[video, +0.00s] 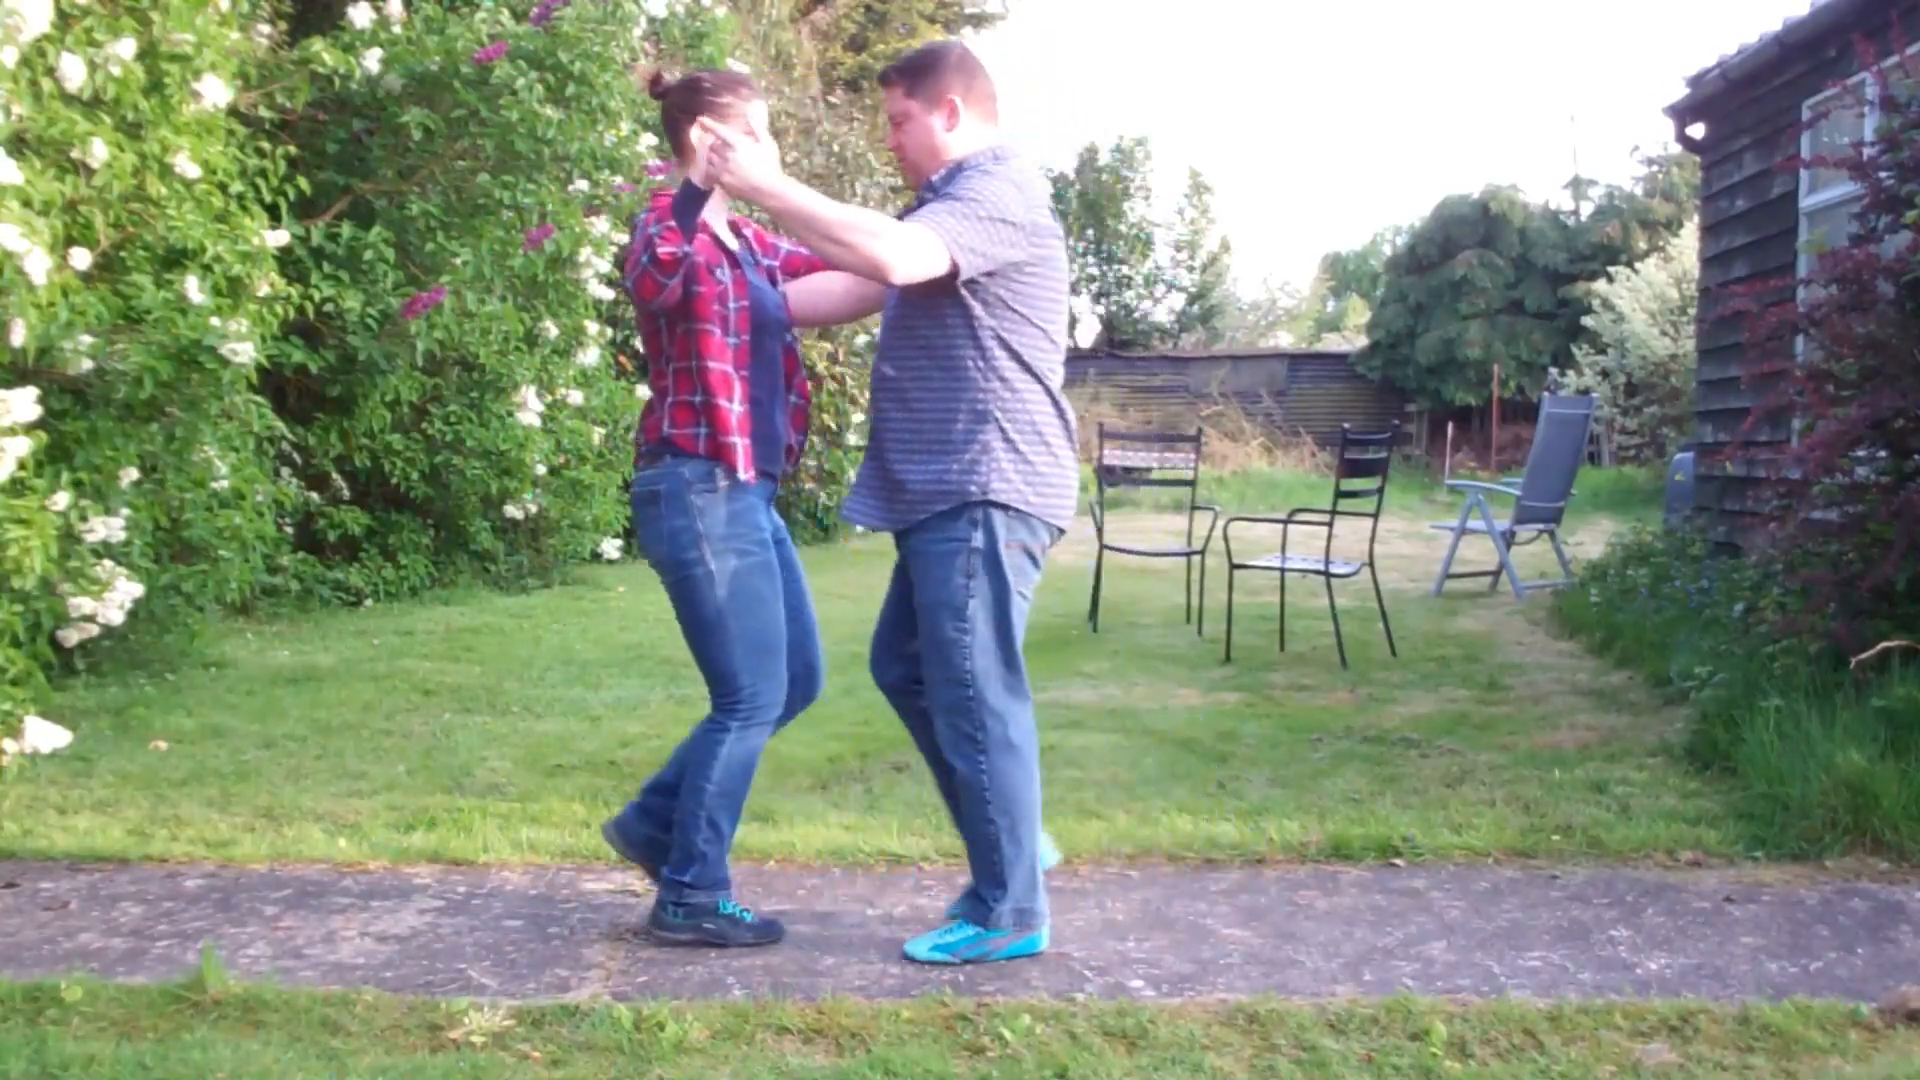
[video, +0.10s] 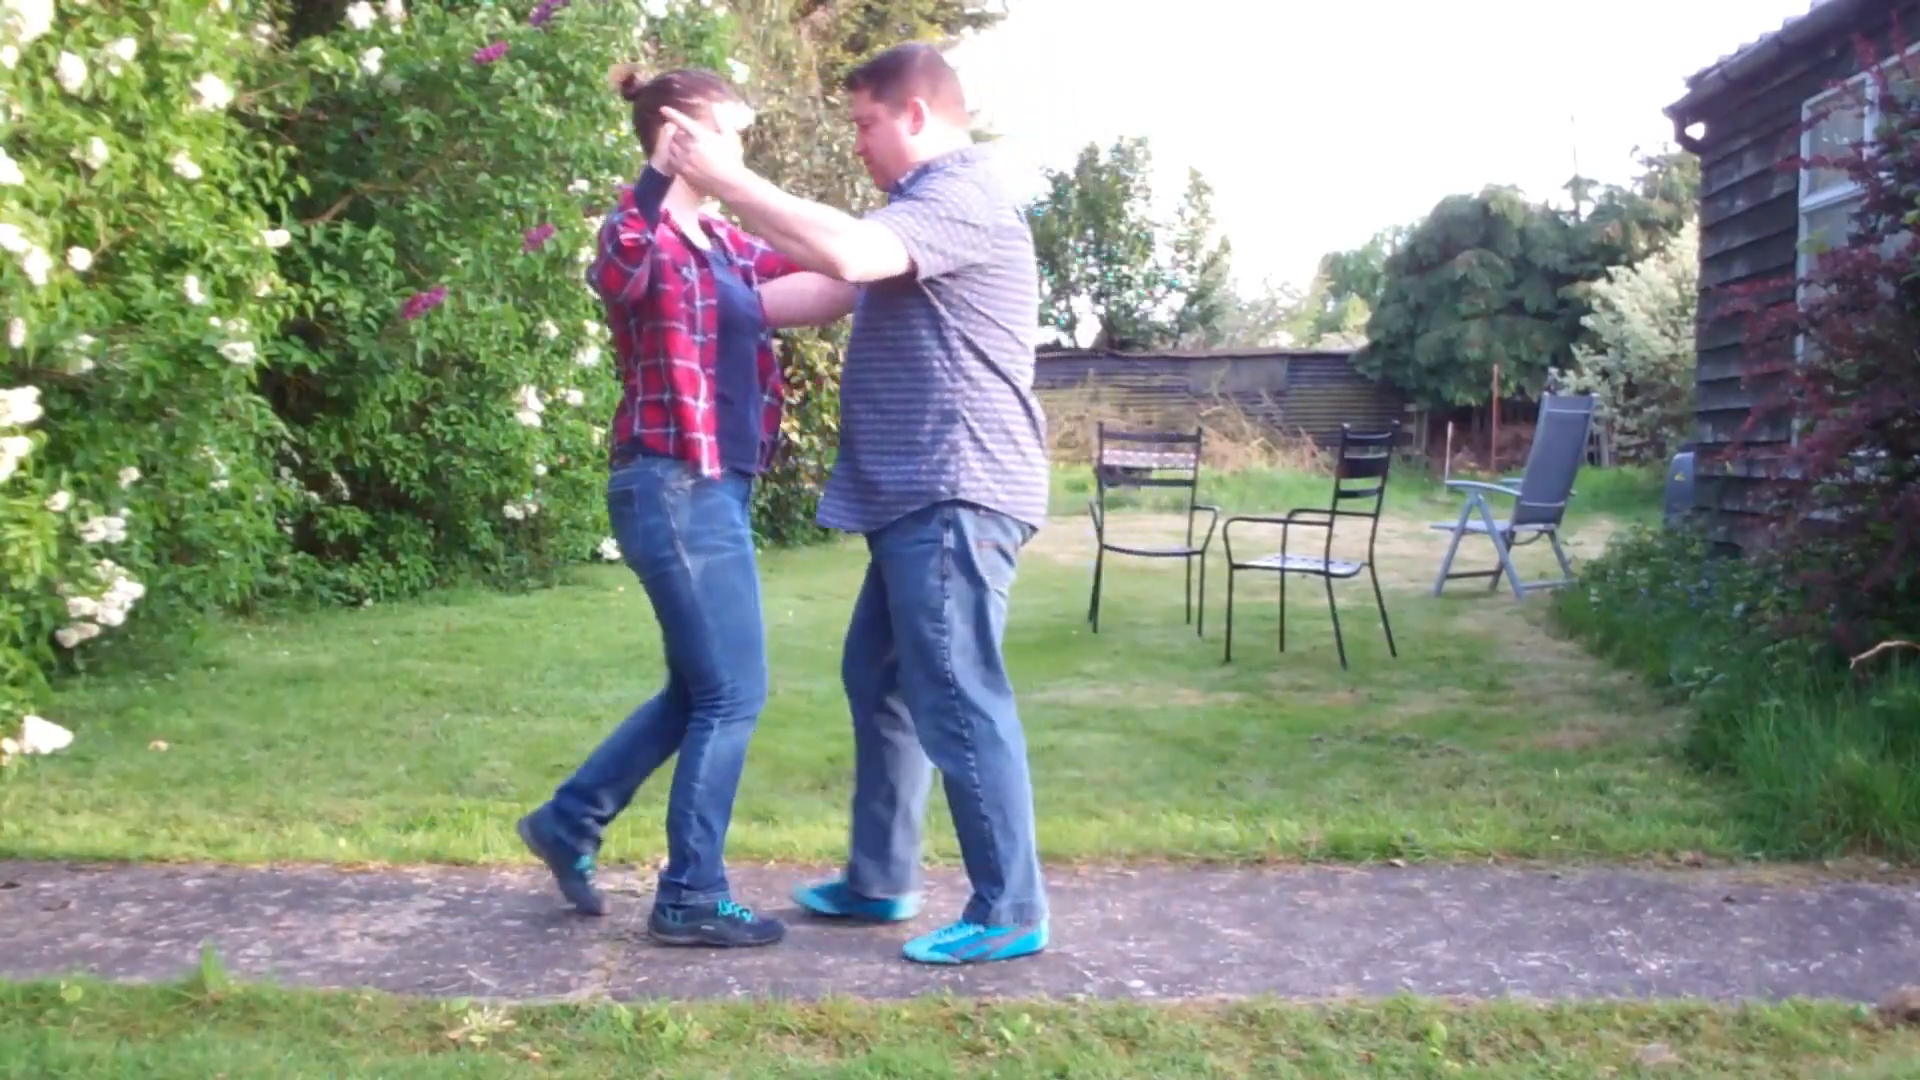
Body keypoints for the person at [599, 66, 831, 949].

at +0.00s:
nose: (768, 149)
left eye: (765, 133)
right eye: (753, 132)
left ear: (725, 139)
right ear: (704, 135)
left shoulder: (752, 241)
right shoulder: (660, 226)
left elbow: (842, 266)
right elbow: (663, 286)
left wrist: (919, 248)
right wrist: (700, 188)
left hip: (747, 488)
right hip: (694, 487)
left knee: (795, 680)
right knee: (750, 695)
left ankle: (653, 820)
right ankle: (692, 899)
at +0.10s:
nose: (742, 153)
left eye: (743, 137)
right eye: (730, 135)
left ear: (702, 134)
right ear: (680, 131)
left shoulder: (726, 240)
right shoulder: (636, 228)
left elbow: (811, 264)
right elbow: (621, 278)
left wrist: (888, 248)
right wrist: (663, 176)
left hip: (714, 486)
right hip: (674, 486)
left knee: (698, 693)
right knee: (734, 693)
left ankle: (567, 823)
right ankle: (690, 896)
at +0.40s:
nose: (654, 163)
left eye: (653, 148)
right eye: (640, 146)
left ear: (606, 150)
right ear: (591, 148)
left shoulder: (633, 251)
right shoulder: (546, 227)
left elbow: (684, 309)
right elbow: (528, 287)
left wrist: (766, 286)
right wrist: (594, 195)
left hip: (605, 493)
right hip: (556, 490)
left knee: (589, 696)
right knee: (658, 676)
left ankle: (512, 861)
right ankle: (608, 872)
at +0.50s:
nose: (622, 168)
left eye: (621, 152)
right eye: (606, 152)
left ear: (586, 160)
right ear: (556, 159)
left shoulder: (605, 256)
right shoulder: (520, 234)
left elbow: (678, 314)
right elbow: (499, 296)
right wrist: (567, 207)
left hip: (585, 501)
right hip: (530, 499)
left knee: (600, 691)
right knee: (618, 688)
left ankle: (512, 858)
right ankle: (508, 859)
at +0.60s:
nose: (592, 175)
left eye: (594, 159)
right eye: (576, 159)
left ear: (589, 170)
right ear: (526, 166)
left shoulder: (585, 260)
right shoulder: (494, 243)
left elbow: (625, 325)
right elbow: (469, 302)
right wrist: (537, 224)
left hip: (570, 508)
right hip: (507, 512)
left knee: (597, 692)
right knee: (564, 705)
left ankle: (513, 864)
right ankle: (412, 831)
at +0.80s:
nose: (538, 168)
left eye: (538, 151)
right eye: (522, 152)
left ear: (522, 157)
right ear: (474, 158)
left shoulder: (529, 251)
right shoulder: (435, 236)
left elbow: (586, 320)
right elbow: (412, 294)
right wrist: (479, 209)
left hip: (517, 502)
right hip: (448, 502)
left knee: (549, 682)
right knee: (437, 705)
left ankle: (509, 863)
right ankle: (301, 847)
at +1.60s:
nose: (515, 166)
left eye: (518, 152)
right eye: (503, 151)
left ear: (505, 159)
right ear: (450, 153)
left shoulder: (519, 248)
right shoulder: (414, 242)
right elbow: (358, 322)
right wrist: (402, 238)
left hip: (503, 492)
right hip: (445, 494)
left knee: (467, 686)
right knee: (526, 678)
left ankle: (413, 852)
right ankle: (404, 835)